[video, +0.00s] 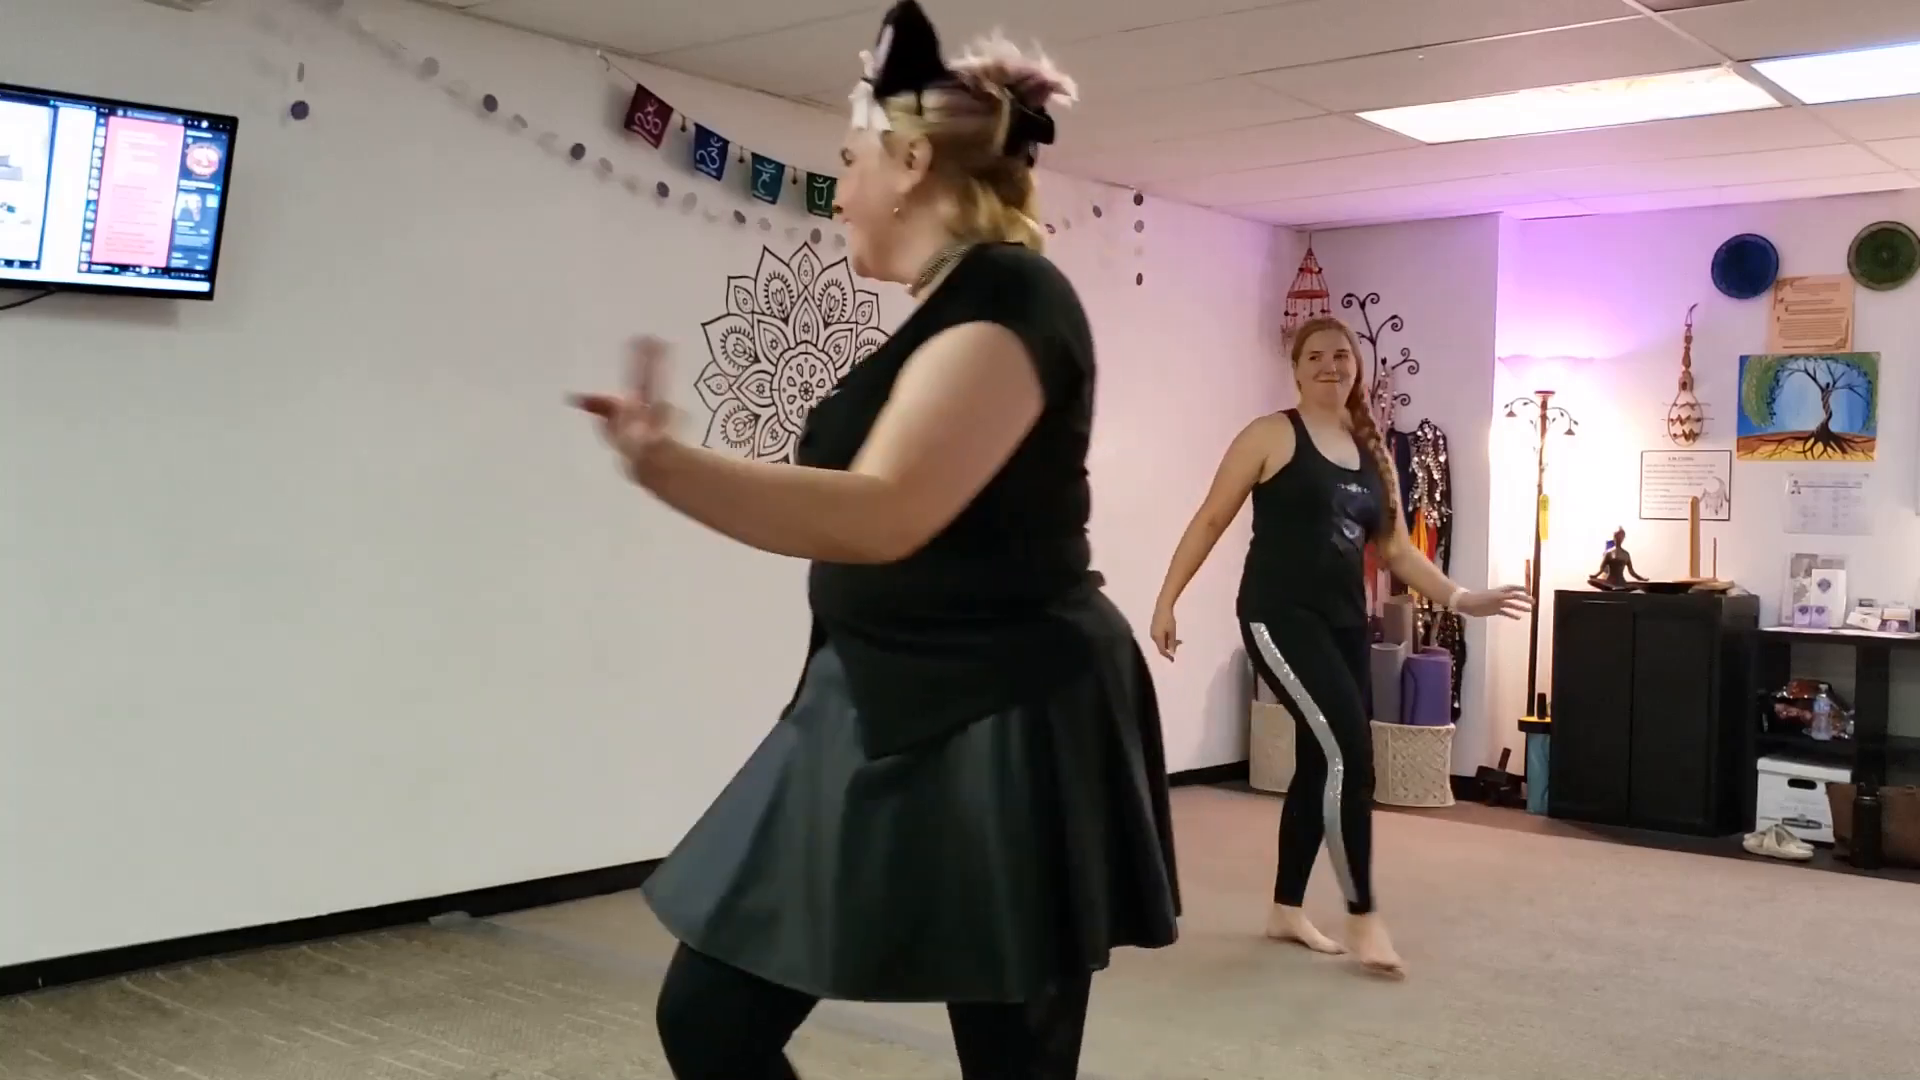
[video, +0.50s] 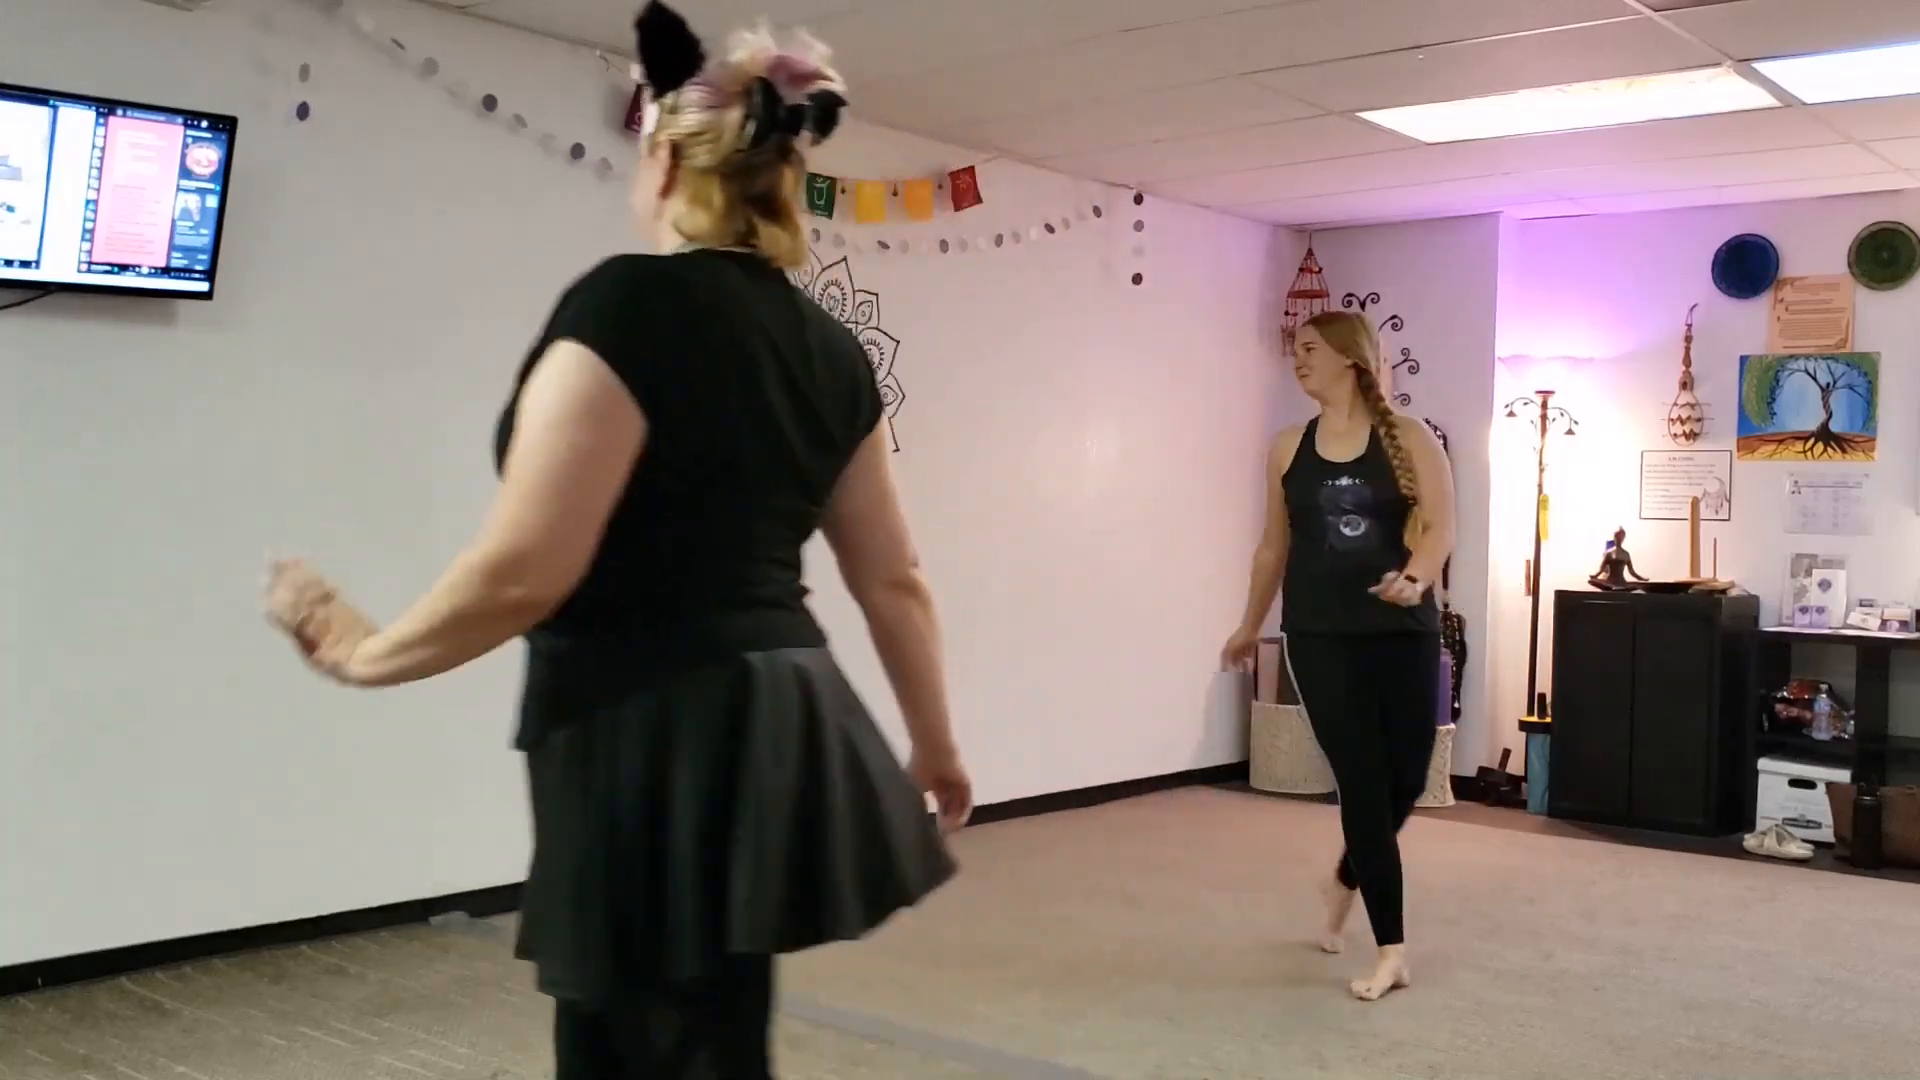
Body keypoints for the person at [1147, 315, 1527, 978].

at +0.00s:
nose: (1329, 363)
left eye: (1340, 353)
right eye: (1315, 355)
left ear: (1358, 369)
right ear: (1296, 370)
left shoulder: (1373, 457)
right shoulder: (1270, 435)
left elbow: (1398, 549)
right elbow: (1210, 521)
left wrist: (1459, 597)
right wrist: (1166, 598)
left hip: (1345, 623)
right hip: (1277, 615)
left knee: (1321, 759)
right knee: (1348, 744)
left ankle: (1286, 907)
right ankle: (1365, 920)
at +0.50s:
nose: (1298, 360)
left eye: (1310, 350)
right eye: (1297, 351)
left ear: (1353, 360)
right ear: (1307, 364)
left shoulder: (1407, 436)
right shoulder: (1290, 447)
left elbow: (1440, 525)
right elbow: (1274, 544)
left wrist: (1416, 577)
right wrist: (1249, 626)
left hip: (1402, 632)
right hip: (1320, 636)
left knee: (1405, 782)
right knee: (1362, 784)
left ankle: (1343, 879)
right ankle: (1391, 948)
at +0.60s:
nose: (1297, 358)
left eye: (1309, 348)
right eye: (1299, 349)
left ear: (1350, 360)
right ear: (1330, 364)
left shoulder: (1404, 435)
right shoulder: (1306, 442)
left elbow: (1432, 529)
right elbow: (1301, 542)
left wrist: (1384, 593)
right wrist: (1284, 626)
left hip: (1399, 640)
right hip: (1321, 641)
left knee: (1415, 795)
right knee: (1357, 788)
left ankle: (1381, 897)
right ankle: (1389, 947)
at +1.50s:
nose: (1320, 373)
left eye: (1316, 361)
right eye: (1317, 364)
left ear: (1254, 372)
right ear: (1307, 374)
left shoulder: (1240, 448)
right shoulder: (1343, 450)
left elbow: (1192, 528)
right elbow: (1356, 547)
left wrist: (1112, 582)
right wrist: (1352, 606)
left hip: (1245, 631)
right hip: (1324, 629)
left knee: (1234, 774)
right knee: (1322, 774)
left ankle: (1231, 914)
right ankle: (1375, 916)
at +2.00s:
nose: (1258, 373)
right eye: (1258, 365)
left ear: (1201, 371)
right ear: (1255, 372)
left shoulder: (1173, 450)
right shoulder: (1292, 442)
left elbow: (1151, 544)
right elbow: (1329, 528)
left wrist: (1110, 543)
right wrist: (1370, 610)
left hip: (1195, 616)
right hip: (1270, 615)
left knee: (1212, 752)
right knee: (1237, 721)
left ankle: (1231, 902)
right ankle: (1222, 860)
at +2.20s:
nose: (1253, 390)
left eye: (1246, 379)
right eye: (1253, 382)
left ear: (1196, 384)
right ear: (1247, 388)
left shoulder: (1165, 460)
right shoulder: (1274, 453)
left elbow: (1152, 552)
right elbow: (1302, 540)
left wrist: (1195, 549)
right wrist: (1347, 623)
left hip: (1184, 616)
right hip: (1259, 616)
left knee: (1202, 753)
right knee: (1229, 741)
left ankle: (1223, 897)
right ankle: (1210, 853)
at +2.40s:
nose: (1252, 391)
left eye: (1242, 380)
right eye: (1254, 383)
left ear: (1199, 384)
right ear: (1249, 389)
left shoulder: (1166, 456)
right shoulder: (1267, 458)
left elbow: (1160, 541)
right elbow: (1282, 551)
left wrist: (1191, 584)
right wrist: (1313, 632)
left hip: (1177, 612)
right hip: (1250, 615)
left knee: (1194, 737)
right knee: (1226, 737)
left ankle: (1215, 865)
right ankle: (1202, 854)